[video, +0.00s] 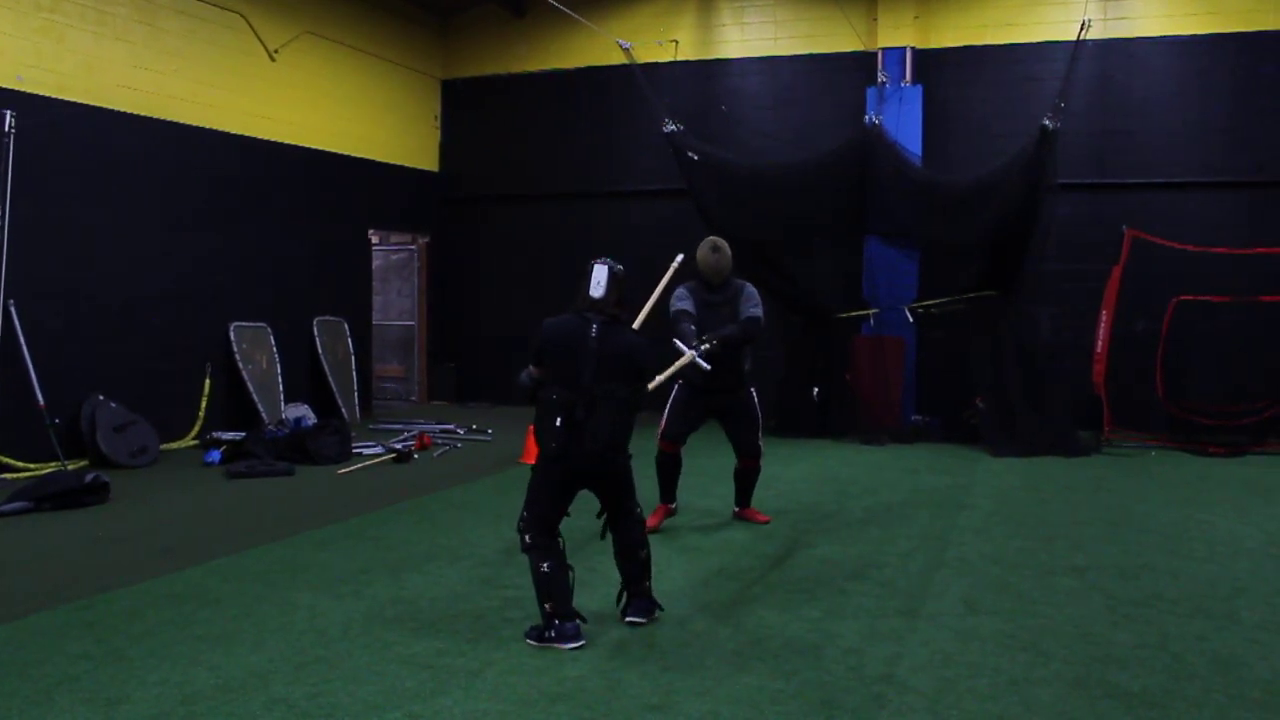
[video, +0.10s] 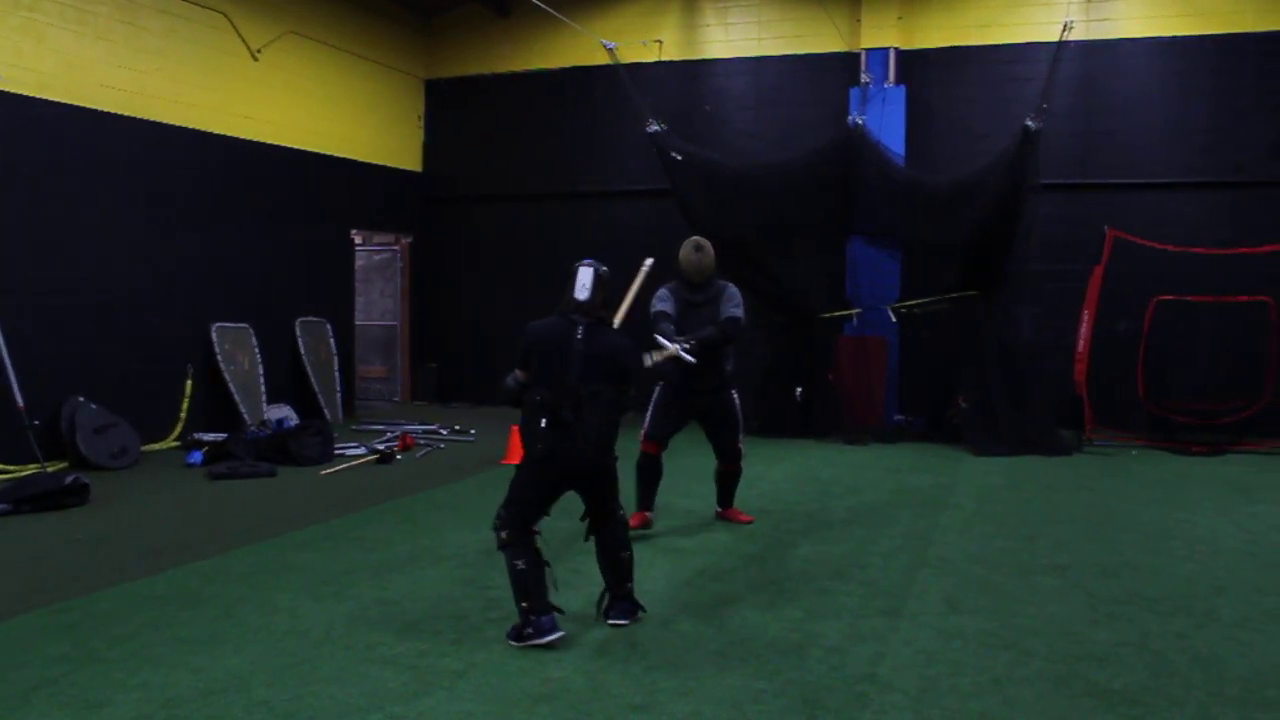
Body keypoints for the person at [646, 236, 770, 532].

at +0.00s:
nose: (716, 277)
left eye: (720, 272)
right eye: (710, 272)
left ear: (729, 267)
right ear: (700, 268)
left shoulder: (746, 292)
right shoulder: (685, 293)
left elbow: (752, 326)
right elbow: (682, 321)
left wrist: (716, 340)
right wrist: (693, 344)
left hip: (735, 385)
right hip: (693, 384)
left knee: (750, 450)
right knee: (668, 442)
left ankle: (743, 507)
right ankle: (667, 504)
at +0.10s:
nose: (697, 275)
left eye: (702, 270)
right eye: (692, 269)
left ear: (712, 267)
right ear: (682, 267)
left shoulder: (728, 293)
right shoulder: (667, 294)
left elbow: (731, 329)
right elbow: (661, 325)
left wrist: (691, 344)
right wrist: (672, 343)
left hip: (716, 385)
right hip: (675, 385)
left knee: (731, 451)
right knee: (650, 445)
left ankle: (725, 507)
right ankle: (644, 511)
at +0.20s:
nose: (672, 279)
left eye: (677, 273)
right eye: (667, 273)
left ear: (686, 270)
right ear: (658, 270)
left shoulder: (702, 294)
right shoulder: (642, 297)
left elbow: (708, 325)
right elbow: (625, 322)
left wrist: (668, 333)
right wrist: (645, 325)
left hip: (694, 390)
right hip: (652, 390)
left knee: (710, 454)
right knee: (632, 454)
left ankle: (707, 508)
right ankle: (615, 516)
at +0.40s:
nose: (640, 272)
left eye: (646, 265)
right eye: (634, 268)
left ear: (658, 273)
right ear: (626, 276)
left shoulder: (676, 301)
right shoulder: (617, 308)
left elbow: (682, 330)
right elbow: (601, 334)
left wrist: (634, 321)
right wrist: (612, 298)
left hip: (668, 401)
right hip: (627, 403)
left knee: (689, 463)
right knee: (612, 468)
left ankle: (700, 509)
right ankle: (605, 535)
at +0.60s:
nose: (625, 271)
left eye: (629, 266)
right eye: (617, 268)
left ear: (639, 277)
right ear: (605, 282)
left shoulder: (657, 306)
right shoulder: (595, 311)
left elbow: (657, 334)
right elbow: (589, 332)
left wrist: (617, 344)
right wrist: (597, 343)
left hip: (651, 407)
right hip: (609, 410)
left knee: (677, 468)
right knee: (593, 474)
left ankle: (682, 510)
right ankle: (599, 536)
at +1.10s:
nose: (649, 277)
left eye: (654, 272)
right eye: (645, 272)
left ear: (665, 275)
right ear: (636, 276)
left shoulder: (687, 307)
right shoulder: (623, 309)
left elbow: (696, 350)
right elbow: (601, 353)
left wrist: (651, 358)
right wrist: (616, 339)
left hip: (678, 401)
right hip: (634, 402)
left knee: (695, 472)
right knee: (616, 469)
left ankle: (697, 510)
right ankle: (603, 531)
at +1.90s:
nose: (665, 286)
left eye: (671, 280)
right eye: (661, 280)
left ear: (681, 282)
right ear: (652, 283)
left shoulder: (696, 312)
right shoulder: (644, 308)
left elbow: (688, 355)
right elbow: (627, 350)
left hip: (688, 392)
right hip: (650, 391)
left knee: (698, 447)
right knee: (643, 446)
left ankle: (696, 509)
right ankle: (635, 494)